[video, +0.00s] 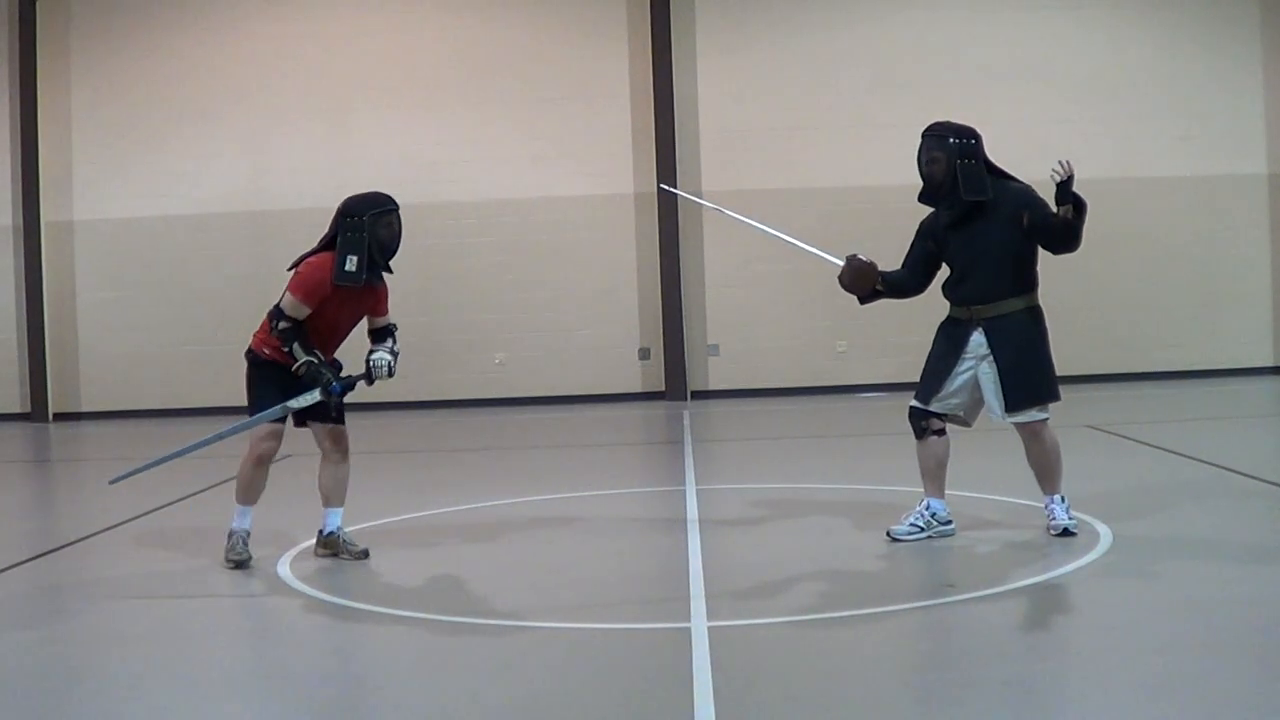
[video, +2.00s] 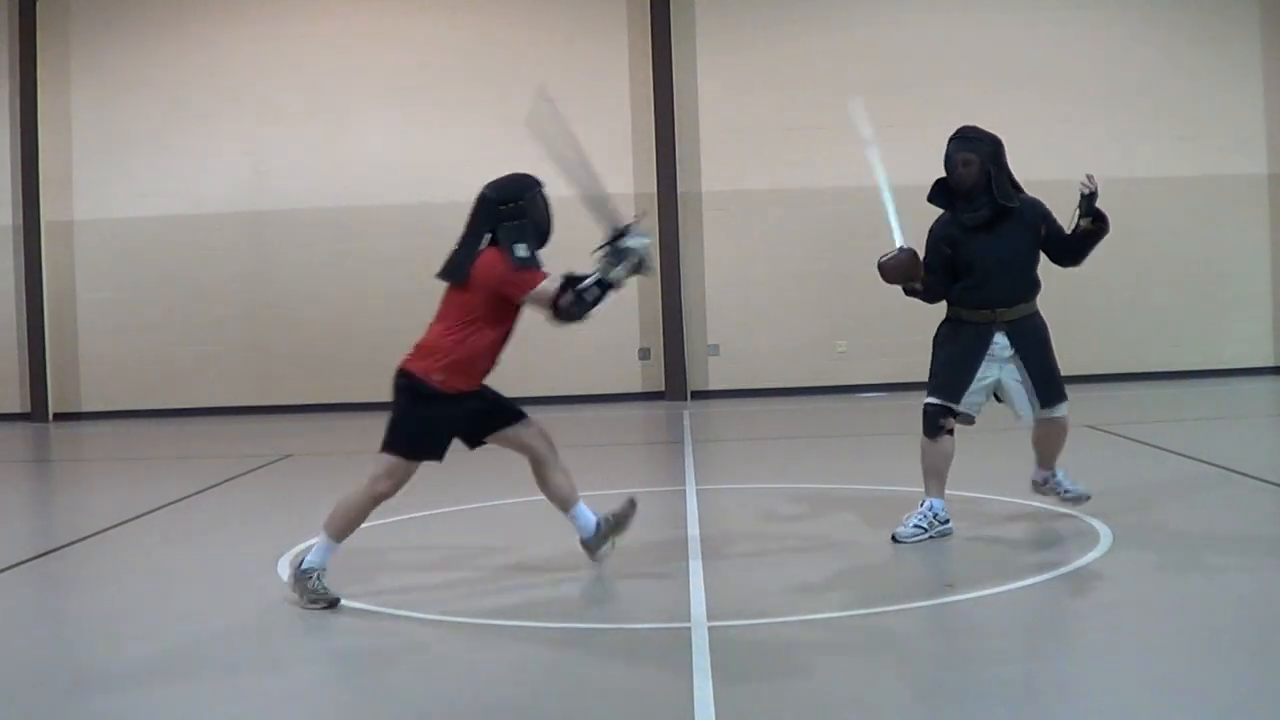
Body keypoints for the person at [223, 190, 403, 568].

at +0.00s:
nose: (394, 235)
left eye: (395, 227)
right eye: (386, 227)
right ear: (360, 229)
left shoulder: (374, 283)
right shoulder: (320, 270)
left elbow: (381, 330)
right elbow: (280, 324)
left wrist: (383, 352)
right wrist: (309, 364)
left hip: (319, 366)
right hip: (272, 360)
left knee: (336, 444)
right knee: (266, 445)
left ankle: (331, 533)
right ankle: (239, 532)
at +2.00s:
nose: (544, 217)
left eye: (541, 208)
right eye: (538, 208)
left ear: (503, 218)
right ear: (519, 216)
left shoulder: (506, 260)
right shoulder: (495, 262)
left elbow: (561, 303)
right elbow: (565, 302)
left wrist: (606, 274)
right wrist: (613, 271)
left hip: (465, 390)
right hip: (426, 388)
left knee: (538, 444)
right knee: (383, 482)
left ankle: (591, 531)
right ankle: (309, 564)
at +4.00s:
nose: (802, 199)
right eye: (800, 193)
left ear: (749, 194)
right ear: (795, 199)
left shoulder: (728, 232)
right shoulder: (804, 250)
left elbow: (714, 230)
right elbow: (803, 300)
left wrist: (750, 207)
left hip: (726, 353)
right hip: (779, 356)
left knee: (701, 442)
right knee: (812, 434)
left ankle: (689, 512)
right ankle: (828, 518)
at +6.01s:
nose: (681, 181)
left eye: (679, 170)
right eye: (676, 171)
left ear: (626, 171)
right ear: (661, 175)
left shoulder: (600, 218)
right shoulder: (653, 230)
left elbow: (598, 287)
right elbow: (656, 310)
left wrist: (666, 281)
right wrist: (682, 293)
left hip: (572, 357)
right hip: (602, 364)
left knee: (622, 464)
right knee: (626, 474)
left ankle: (603, 547)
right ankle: (577, 586)